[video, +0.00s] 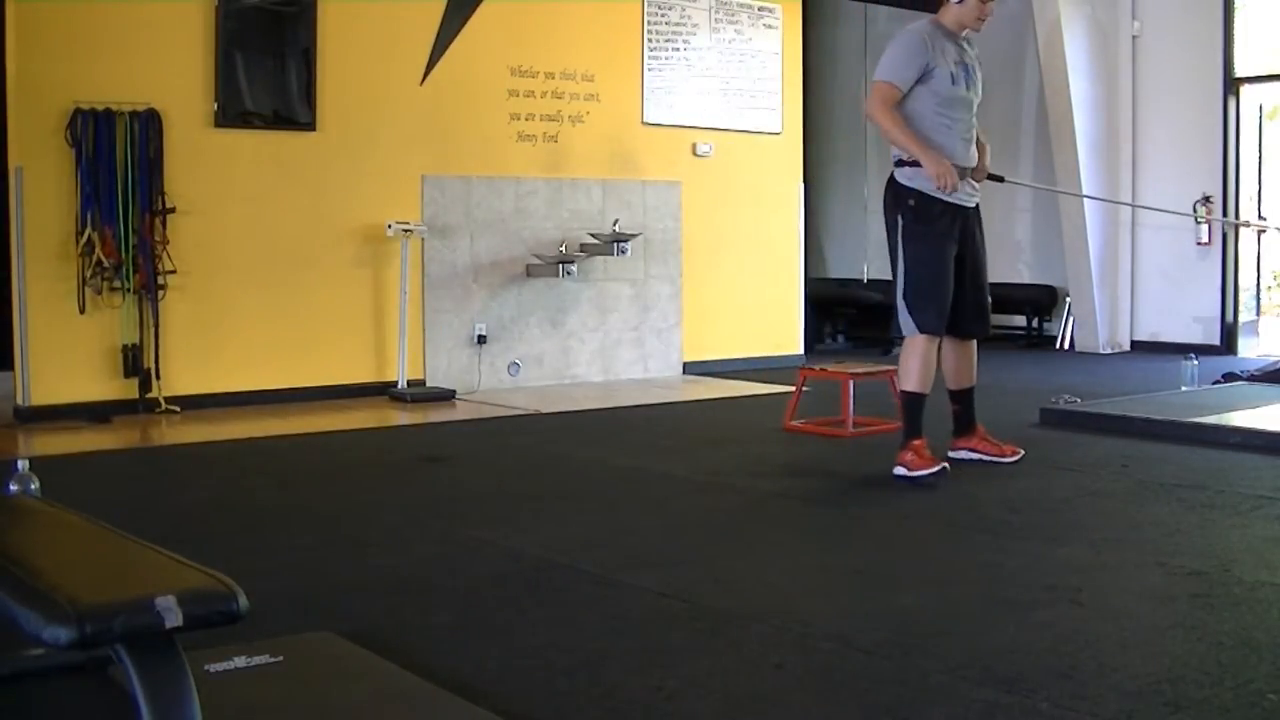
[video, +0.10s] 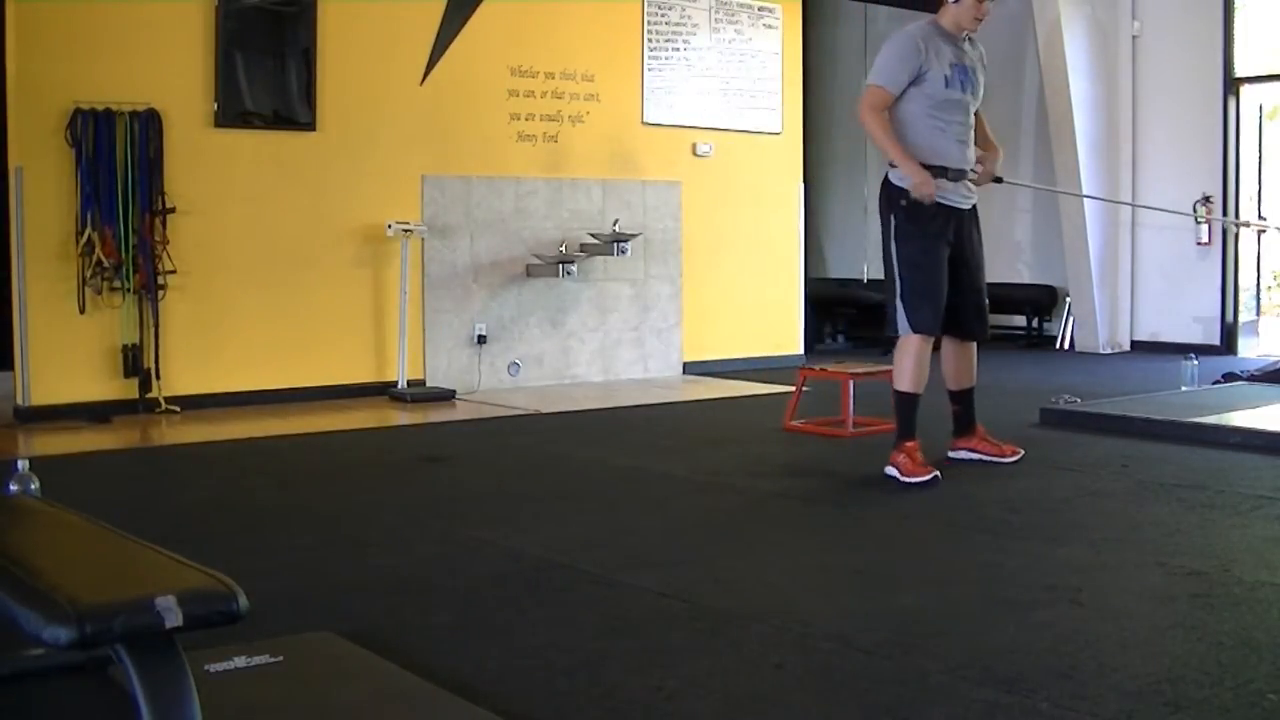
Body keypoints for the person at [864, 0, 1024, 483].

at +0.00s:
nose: (988, 14)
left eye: (990, 7)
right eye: (983, 4)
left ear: (969, 7)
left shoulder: (967, 55)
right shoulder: (918, 38)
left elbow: (957, 118)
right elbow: (878, 105)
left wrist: (976, 145)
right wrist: (929, 156)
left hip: (962, 203)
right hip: (919, 199)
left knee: (962, 322)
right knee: (925, 322)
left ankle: (966, 435)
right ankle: (912, 446)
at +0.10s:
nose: (985, 13)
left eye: (987, 6)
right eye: (978, 4)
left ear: (974, 9)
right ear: (949, 0)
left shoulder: (972, 52)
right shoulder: (912, 42)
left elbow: (968, 111)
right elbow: (870, 108)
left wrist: (991, 147)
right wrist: (910, 169)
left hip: (961, 205)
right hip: (915, 201)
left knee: (962, 323)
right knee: (920, 322)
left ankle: (966, 435)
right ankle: (904, 448)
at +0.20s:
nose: (979, 10)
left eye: (982, 4)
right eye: (971, 2)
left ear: (977, 8)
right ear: (943, 0)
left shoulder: (973, 51)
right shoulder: (906, 44)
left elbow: (970, 114)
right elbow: (862, 111)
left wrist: (999, 159)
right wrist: (888, 175)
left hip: (957, 205)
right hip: (912, 201)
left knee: (960, 324)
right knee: (914, 323)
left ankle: (966, 435)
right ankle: (899, 450)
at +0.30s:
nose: (973, 10)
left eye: (976, 4)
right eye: (965, 2)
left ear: (974, 8)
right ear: (938, 0)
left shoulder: (973, 51)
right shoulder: (901, 46)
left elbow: (969, 117)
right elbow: (854, 118)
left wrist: (1003, 172)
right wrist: (877, 188)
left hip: (953, 206)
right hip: (905, 202)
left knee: (959, 325)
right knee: (914, 324)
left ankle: (966, 436)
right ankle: (899, 450)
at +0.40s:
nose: (968, 10)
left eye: (973, 4)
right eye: (961, 3)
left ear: (972, 8)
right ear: (934, 0)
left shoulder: (969, 50)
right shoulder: (896, 49)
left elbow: (965, 116)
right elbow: (849, 123)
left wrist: (996, 175)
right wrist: (865, 197)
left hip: (948, 207)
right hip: (897, 206)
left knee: (968, 321)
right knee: (911, 326)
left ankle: (966, 434)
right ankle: (899, 451)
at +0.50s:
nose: (970, 11)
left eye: (974, 4)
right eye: (962, 3)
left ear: (973, 9)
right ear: (933, 1)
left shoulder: (969, 50)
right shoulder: (895, 50)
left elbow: (965, 117)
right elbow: (847, 124)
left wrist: (987, 180)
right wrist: (856, 201)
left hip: (945, 207)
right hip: (893, 206)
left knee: (974, 319)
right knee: (912, 325)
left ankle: (969, 434)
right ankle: (899, 451)